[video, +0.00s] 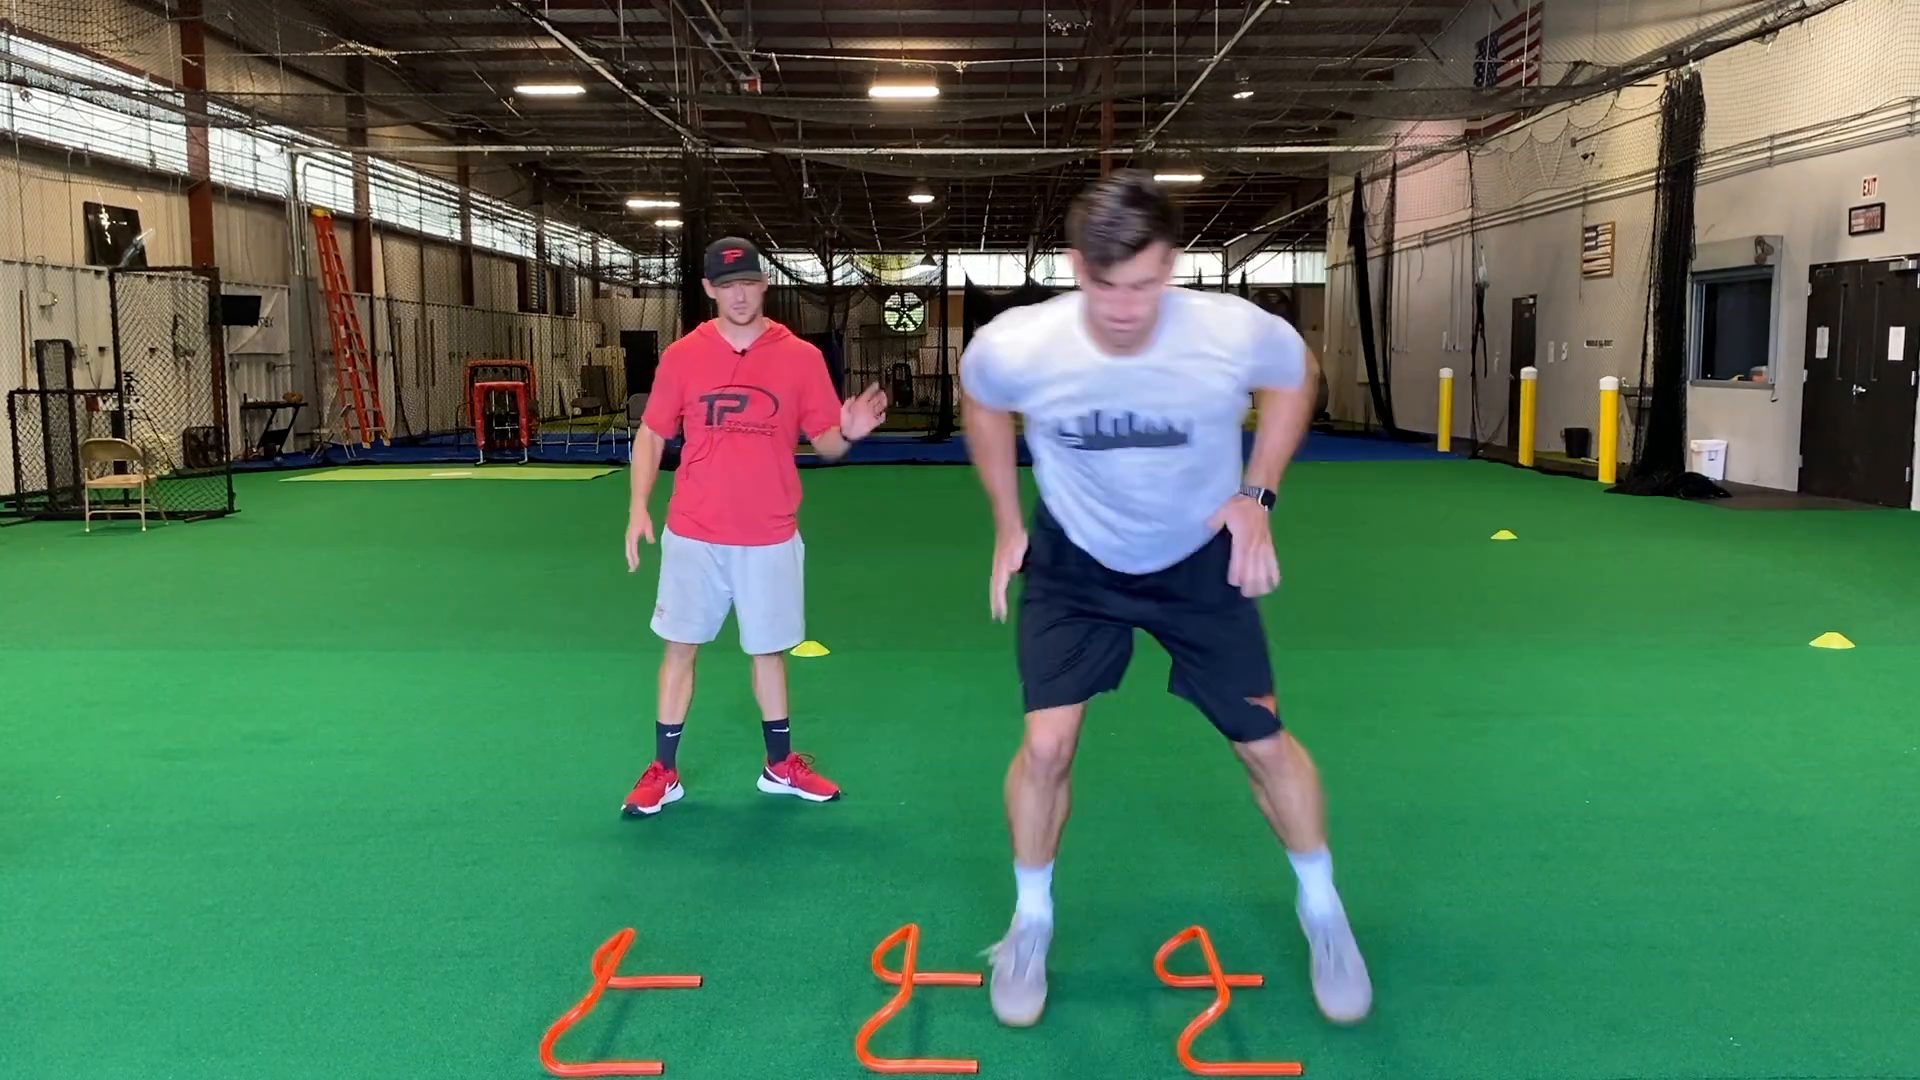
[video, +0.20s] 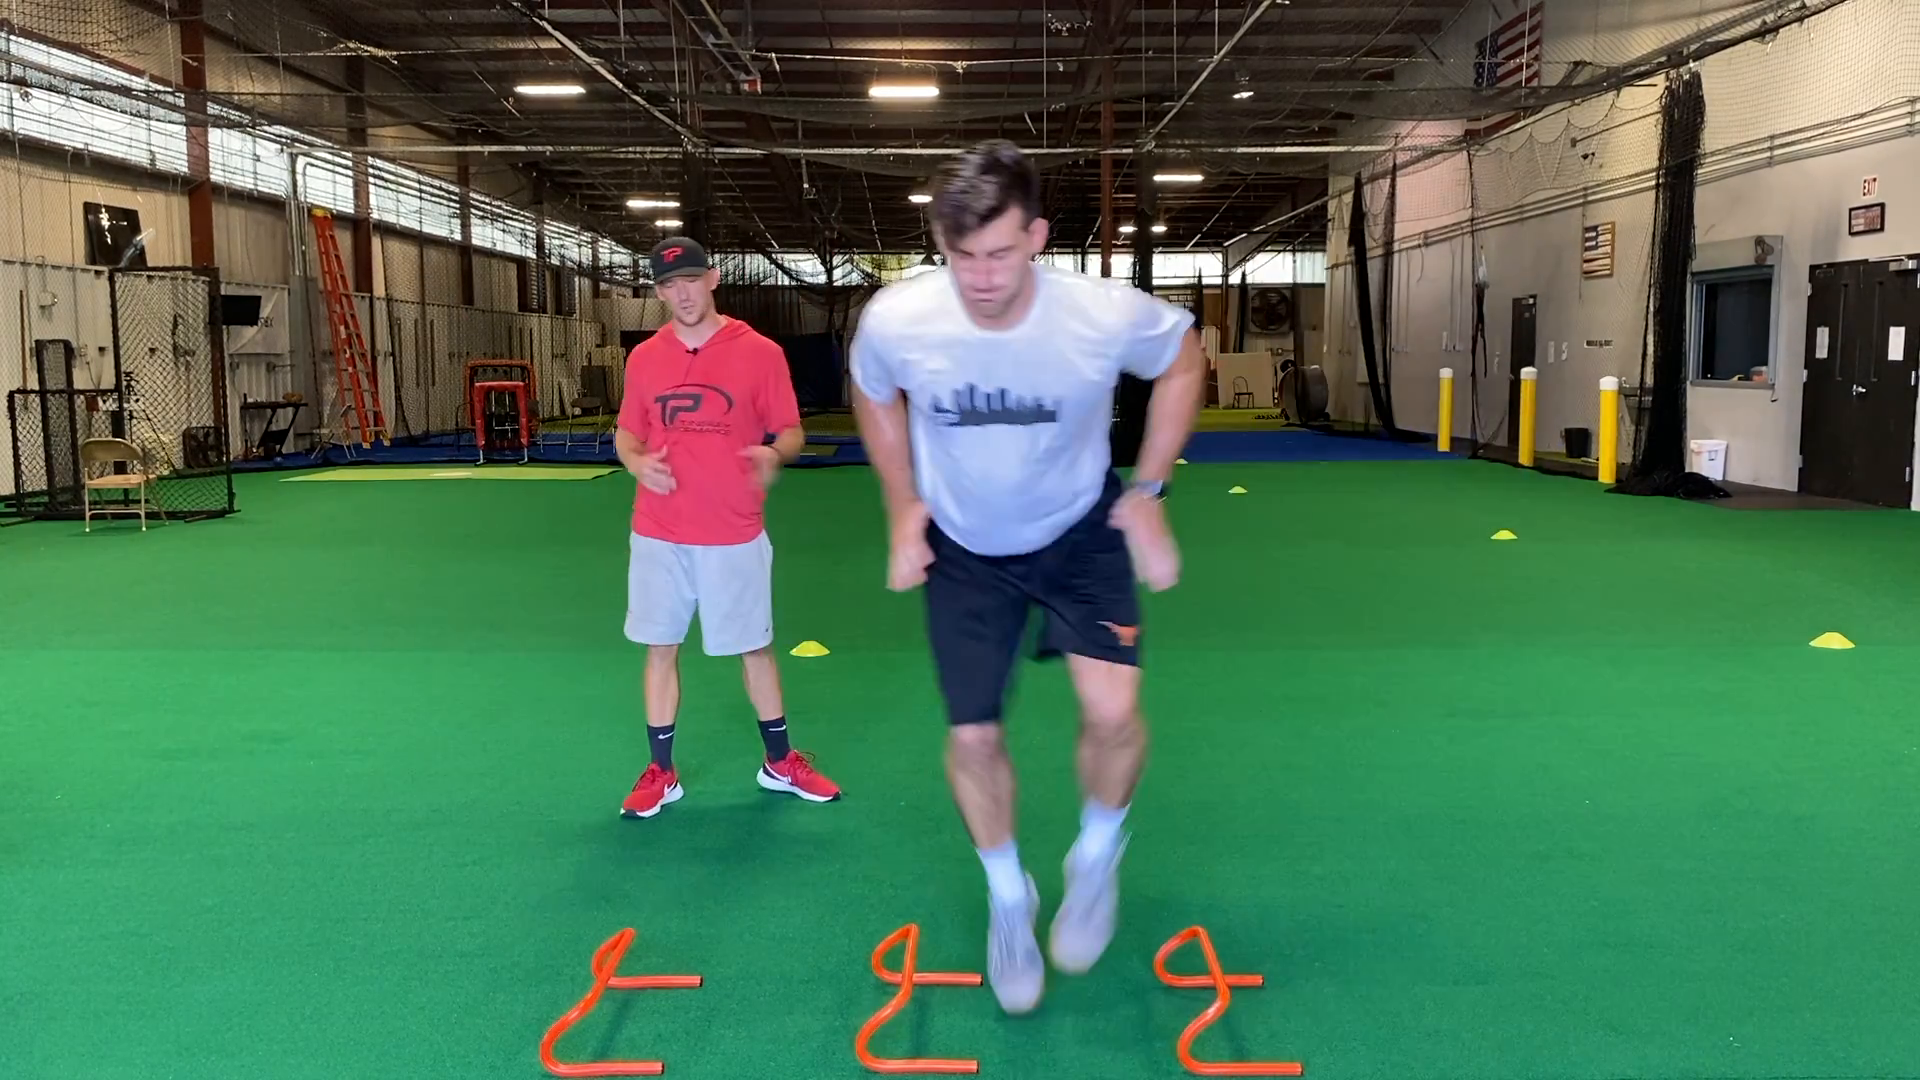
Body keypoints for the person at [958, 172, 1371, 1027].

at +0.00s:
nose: (1127, 305)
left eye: (1144, 285)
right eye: (1109, 286)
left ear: (1171, 269)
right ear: (1076, 270)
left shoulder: (1228, 331)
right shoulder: (1013, 347)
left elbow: (1294, 371)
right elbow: (981, 403)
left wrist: (1258, 493)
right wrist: (1007, 523)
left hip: (1200, 561)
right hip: (1074, 562)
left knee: (1261, 739)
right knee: (1047, 744)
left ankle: (1324, 915)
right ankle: (1030, 924)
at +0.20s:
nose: (982, 274)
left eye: (1000, 254)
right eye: (966, 256)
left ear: (1038, 240)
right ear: (944, 246)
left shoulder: (1099, 312)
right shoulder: (895, 321)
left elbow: (1184, 352)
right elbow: (872, 393)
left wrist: (1145, 490)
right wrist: (903, 513)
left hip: (1081, 537)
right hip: (962, 548)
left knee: (1113, 712)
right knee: (973, 737)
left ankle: (1097, 857)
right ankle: (1009, 901)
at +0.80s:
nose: (608, 288)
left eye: (627, 267)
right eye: (592, 267)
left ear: (672, 251)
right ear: (575, 261)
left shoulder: (748, 344)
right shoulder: (553, 327)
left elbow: (852, 418)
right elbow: (555, 398)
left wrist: (781, 535)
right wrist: (561, 520)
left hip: (721, 580)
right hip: (601, 565)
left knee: (736, 767)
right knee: (529, 715)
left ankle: (761, 937)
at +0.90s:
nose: (545, 304)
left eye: (563, 282)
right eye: (527, 287)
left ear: (609, 265)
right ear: (509, 276)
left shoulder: (682, 343)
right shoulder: (484, 341)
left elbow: (813, 390)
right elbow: (485, 420)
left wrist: (787, 525)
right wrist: (501, 512)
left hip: (687, 565)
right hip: (566, 574)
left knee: (706, 742)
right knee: (527, 757)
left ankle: (753, 873)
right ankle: (471, 952)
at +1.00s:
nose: (484, 341)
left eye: (504, 320)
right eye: (471, 320)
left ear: (553, 307)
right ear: (453, 311)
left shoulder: (630, 391)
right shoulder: (436, 364)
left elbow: (752, 438)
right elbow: (436, 432)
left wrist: (705, 567)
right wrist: (437, 539)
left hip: (638, 590)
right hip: (519, 597)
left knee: (649, 750)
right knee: (487, 784)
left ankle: (696, 762)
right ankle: (472, 969)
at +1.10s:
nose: (440, 367)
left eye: (459, 345)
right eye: (427, 347)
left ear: (508, 328)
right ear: (410, 336)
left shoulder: (590, 419)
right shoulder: (405, 368)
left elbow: (694, 519)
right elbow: (413, 423)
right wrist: (402, 503)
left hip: (606, 605)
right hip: (485, 606)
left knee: (592, 784)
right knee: (473, 784)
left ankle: (646, 693)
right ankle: (471, 966)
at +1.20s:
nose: (412, 384)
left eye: (431, 362)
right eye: (397, 365)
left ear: (479, 342)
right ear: (380, 356)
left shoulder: (560, 434)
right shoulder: (383, 375)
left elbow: (656, 557)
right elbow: (387, 410)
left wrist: (527, 620)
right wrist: (386, 475)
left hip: (588, 605)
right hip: (470, 601)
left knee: (574, 786)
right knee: (463, 782)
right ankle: (468, 968)